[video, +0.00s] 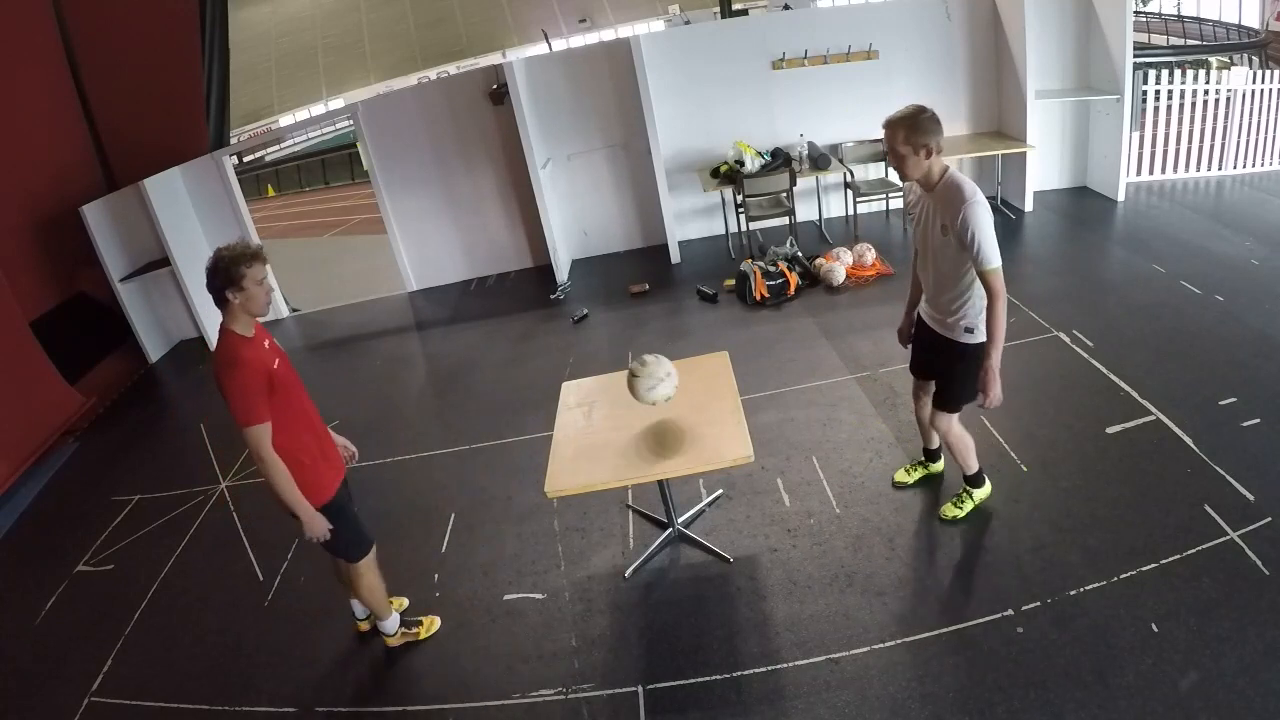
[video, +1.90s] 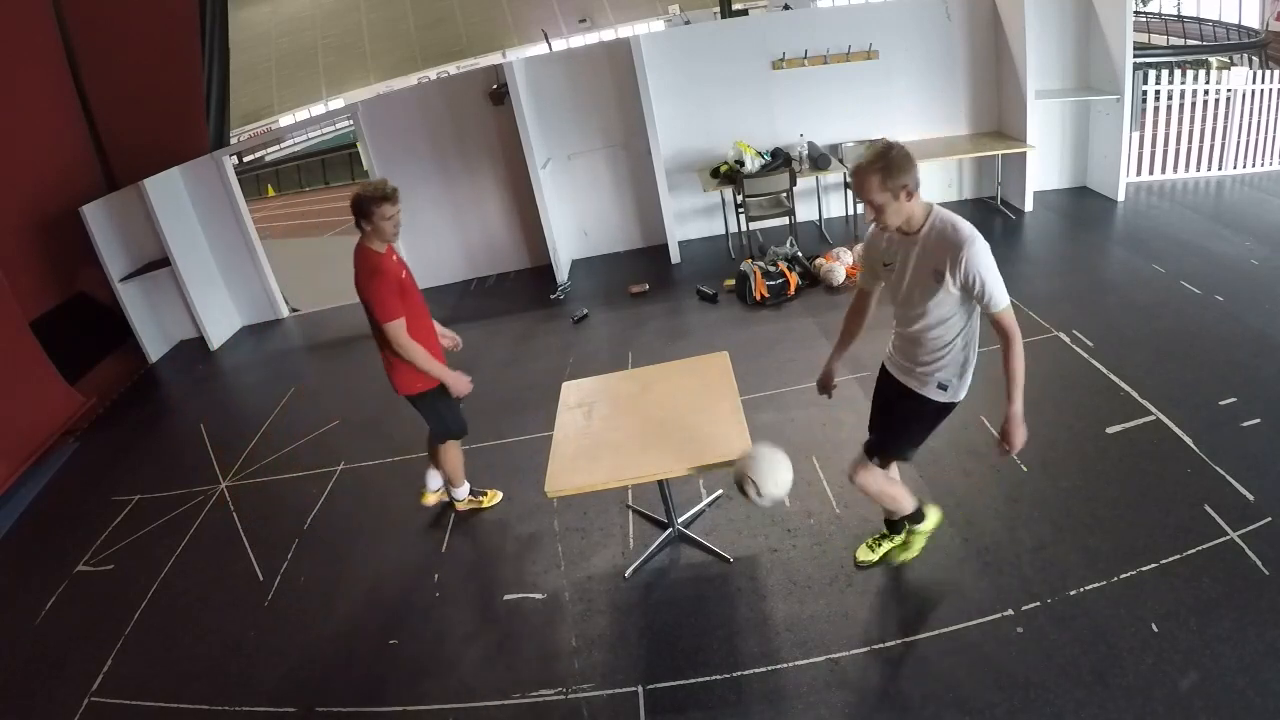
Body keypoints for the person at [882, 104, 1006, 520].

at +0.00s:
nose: (891, 163)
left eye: (897, 155)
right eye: (888, 154)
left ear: (928, 151)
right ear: (919, 152)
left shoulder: (966, 202)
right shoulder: (916, 190)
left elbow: (997, 291)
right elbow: (920, 260)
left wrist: (992, 364)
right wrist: (909, 314)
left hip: (966, 331)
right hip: (929, 319)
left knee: (944, 420)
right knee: (921, 394)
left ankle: (977, 484)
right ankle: (932, 459)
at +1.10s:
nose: (935, 181)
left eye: (941, 171)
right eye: (932, 170)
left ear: (974, 166)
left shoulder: (1017, 225)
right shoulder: (943, 209)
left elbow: (1038, 318)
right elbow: (935, 279)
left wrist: (1036, 395)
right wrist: (915, 337)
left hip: (976, 365)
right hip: (931, 348)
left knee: (961, 451)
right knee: (894, 441)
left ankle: (966, 516)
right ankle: (894, 517)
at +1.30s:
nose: (936, 188)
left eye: (943, 178)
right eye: (934, 177)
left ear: (976, 173)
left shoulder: (1020, 233)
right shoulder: (937, 217)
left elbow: (1042, 327)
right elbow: (929, 287)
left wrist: (1026, 404)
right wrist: (917, 339)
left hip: (969, 374)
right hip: (920, 351)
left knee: (951, 459)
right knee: (858, 433)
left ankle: (965, 517)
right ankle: (827, 528)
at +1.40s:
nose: (932, 194)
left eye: (939, 185)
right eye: (930, 184)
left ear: (972, 179)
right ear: (958, 176)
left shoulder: (1015, 237)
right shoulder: (934, 221)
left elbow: (1036, 334)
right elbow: (925, 291)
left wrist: (1018, 412)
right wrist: (913, 345)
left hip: (965, 378)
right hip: (916, 352)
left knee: (947, 461)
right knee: (844, 420)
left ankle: (966, 516)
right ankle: (787, 521)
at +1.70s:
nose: (897, 193)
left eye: (904, 183)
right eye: (894, 182)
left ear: (937, 175)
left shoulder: (981, 231)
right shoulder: (908, 216)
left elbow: (1004, 334)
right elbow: (900, 282)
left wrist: (973, 413)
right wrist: (873, 343)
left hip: (953, 372)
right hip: (902, 353)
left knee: (943, 461)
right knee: (850, 446)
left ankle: (964, 513)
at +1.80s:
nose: (887, 202)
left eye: (895, 192)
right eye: (883, 191)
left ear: (926, 181)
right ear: (886, 182)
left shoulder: (973, 236)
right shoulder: (893, 227)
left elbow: (1006, 334)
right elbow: (883, 286)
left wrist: (986, 417)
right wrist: (851, 349)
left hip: (942, 384)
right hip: (894, 367)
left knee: (902, 484)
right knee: (879, 465)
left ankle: (953, 508)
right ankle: (895, 529)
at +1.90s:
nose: (870, 216)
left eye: (875, 205)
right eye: (865, 205)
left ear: (908, 193)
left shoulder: (962, 244)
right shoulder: (881, 238)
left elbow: (1010, 332)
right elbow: (861, 301)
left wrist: (1015, 413)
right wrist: (832, 361)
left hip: (937, 384)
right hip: (896, 365)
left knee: (864, 472)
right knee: (883, 457)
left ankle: (920, 518)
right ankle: (896, 528)